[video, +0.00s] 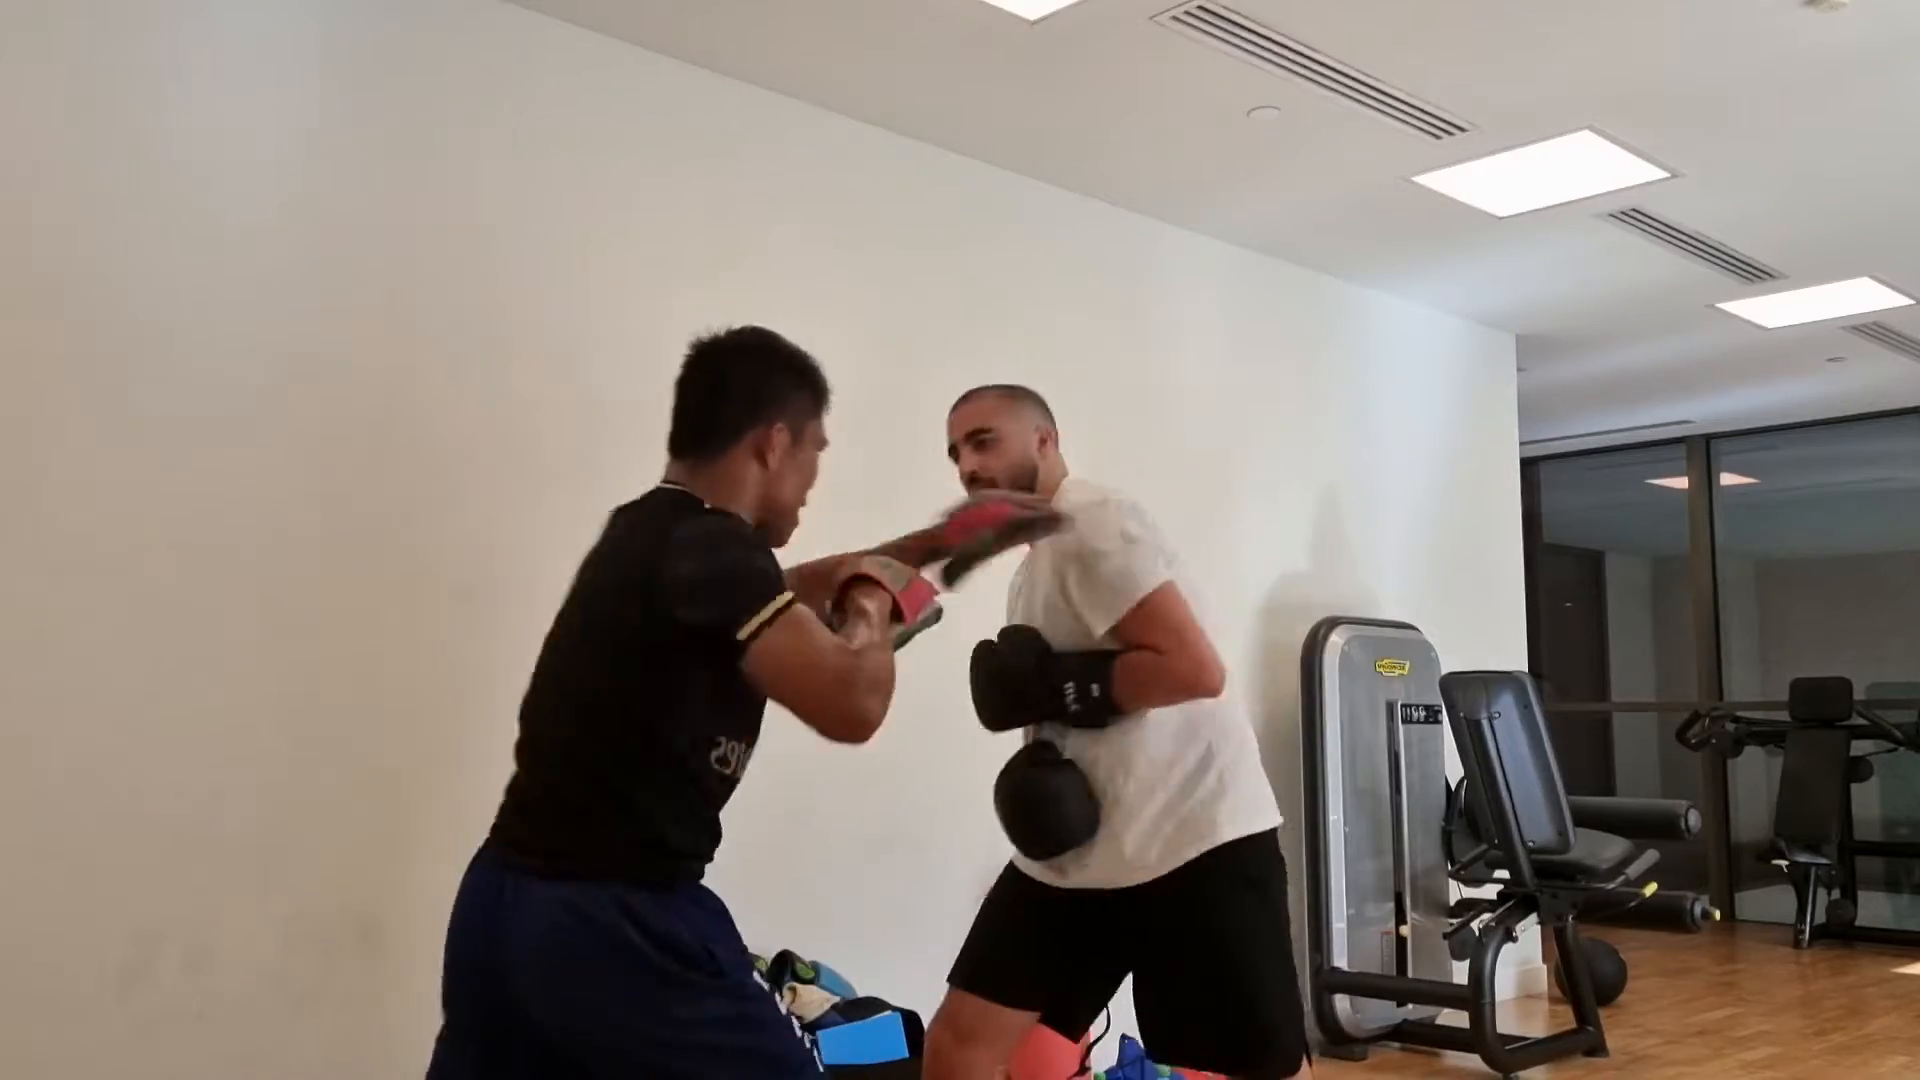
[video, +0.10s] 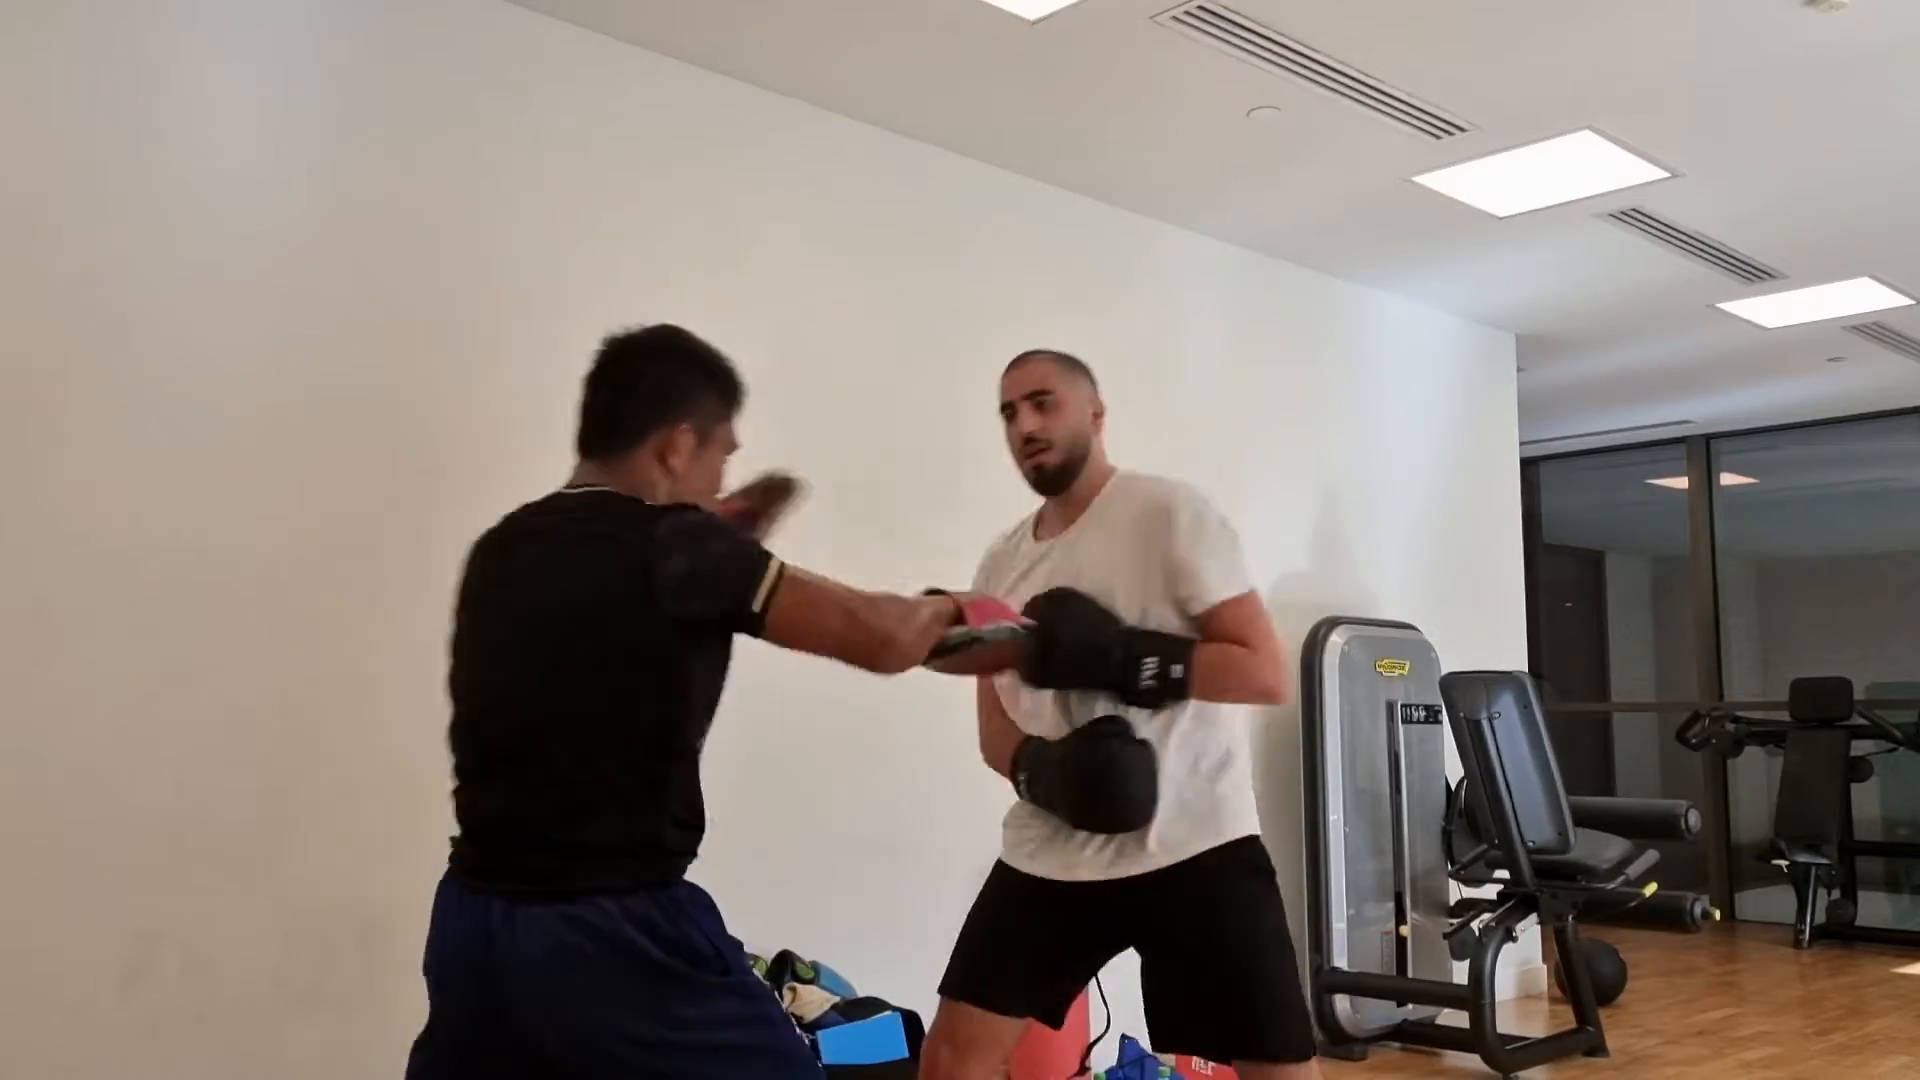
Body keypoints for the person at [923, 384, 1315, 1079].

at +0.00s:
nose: (967, 466)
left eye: (983, 441)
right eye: (957, 452)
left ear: (1046, 442)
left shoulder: (1097, 528)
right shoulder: (1028, 579)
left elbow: (1195, 669)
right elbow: (1068, 708)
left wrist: (1052, 684)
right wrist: (1039, 776)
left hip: (1198, 844)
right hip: (1078, 853)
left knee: (1268, 1067)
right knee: (961, 1048)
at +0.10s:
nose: (1023, 425)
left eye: (1042, 402)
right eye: (1009, 413)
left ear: (1097, 411)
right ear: (1003, 435)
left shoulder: (1173, 513)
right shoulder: (1003, 563)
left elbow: (1266, 674)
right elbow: (994, 728)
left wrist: (1124, 657)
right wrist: (1047, 768)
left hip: (1198, 855)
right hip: (1048, 862)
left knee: (1282, 1068)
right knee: (955, 1060)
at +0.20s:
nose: (1116, 404)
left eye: (1138, 385)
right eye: (1100, 392)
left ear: (1184, 406)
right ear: (1086, 415)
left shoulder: (1249, 542)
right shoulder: (1020, 534)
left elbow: (1291, 716)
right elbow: (984, 694)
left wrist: (1222, 671)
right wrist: (1100, 758)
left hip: (1208, 856)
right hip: (1051, 855)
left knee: (1303, 1066)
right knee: (963, 1065)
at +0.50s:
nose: (1075, 418)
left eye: (1099, 401)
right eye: (1069, 402)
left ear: (1157, 423)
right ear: (1062, 416)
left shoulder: (1217, 521)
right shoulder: (1017, 558)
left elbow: (1303, 670)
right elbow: (997, 718)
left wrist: (1184, 587)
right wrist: (1032, 747)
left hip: (1201, 857)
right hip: (1056, 865)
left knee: (1280, 1069)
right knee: (957, 1063)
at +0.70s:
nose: (1048, 421)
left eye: (1071, 402)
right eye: (1037, 407)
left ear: (1124, 414)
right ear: (1028, 427)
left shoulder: (1173, 491)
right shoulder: (1019, 564)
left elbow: (1185, 606)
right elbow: (1007, 717)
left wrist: (1047, 555)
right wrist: (1037, 747)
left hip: (1196, 839)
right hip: (1060, 844)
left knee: (1275, 1067)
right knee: (955, 1058)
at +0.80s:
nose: (1117, 402)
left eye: (1139, 386)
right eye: (1101, 391)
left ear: (1184, 410)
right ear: (1086, 417)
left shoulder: (1243, 527)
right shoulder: (1027, 531)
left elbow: (1319, 692)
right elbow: (989, 701)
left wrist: (1227, 633)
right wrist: (1093, 742)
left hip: (1212, 841)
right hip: (1057, 843)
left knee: (1300, 1068)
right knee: (962, 1064)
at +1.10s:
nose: (1097, 402)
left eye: (1122, 385)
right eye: (1088, 386)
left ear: (1175, 408)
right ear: (1077, 402)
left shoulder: (1231, 502)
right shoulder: (1026, 538)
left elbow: (1294, 631)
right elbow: (1005, 698)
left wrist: (1169, 535)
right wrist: (1060, 729)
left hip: (1219, 835)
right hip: (1069, 842)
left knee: (1307, 1067)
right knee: (961, 1054)